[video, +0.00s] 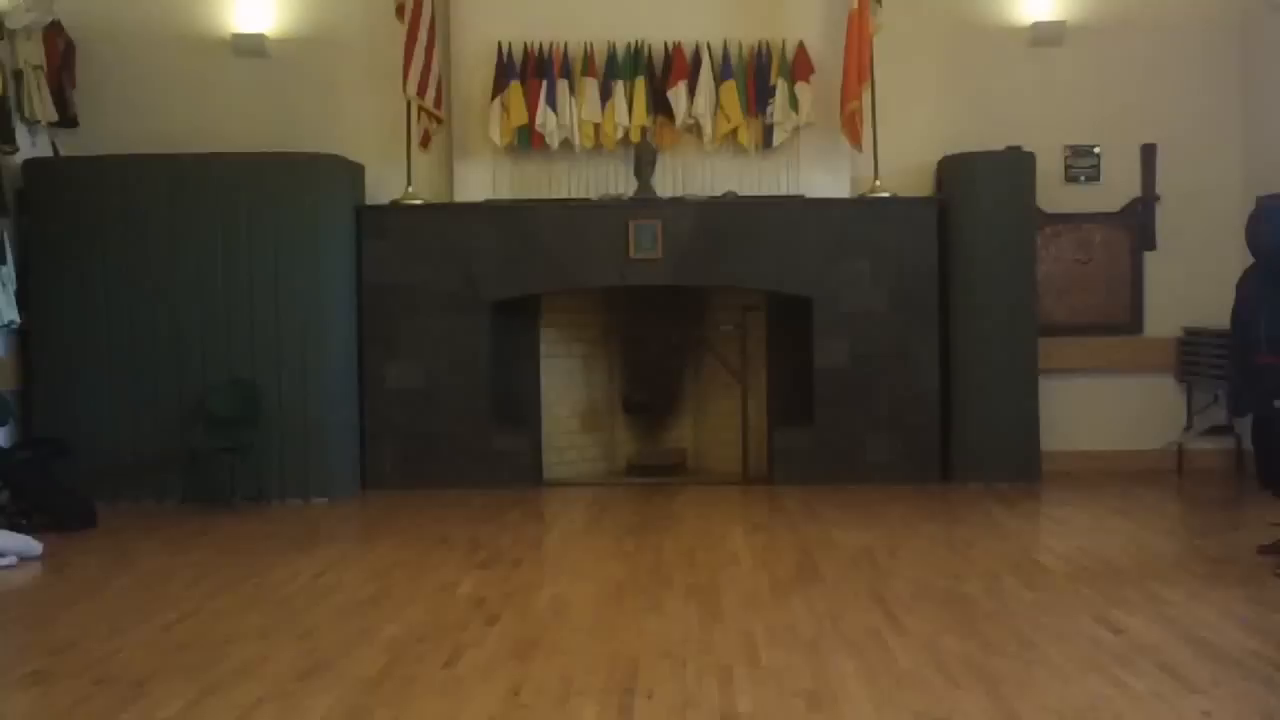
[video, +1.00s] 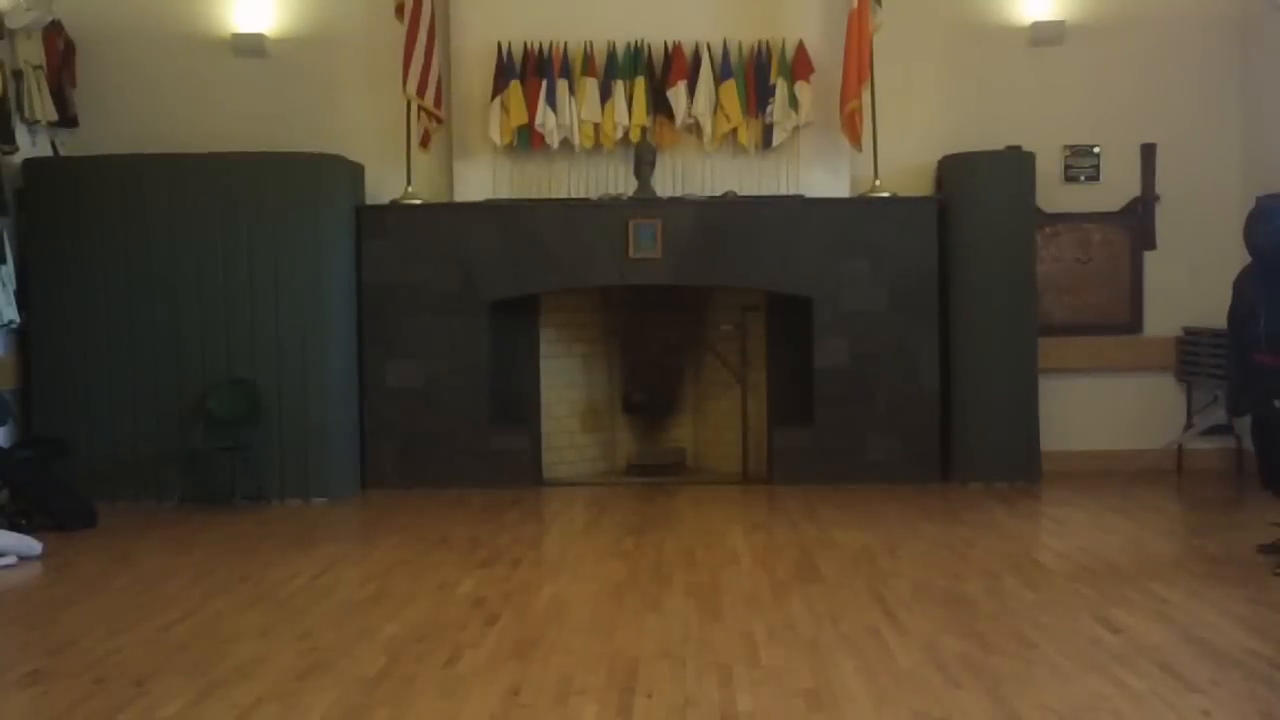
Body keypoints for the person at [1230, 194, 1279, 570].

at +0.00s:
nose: (1254, 237)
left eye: (1257, 230)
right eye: (1257, 230)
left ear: (1257, 235)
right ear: (1266, 236)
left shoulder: (1256, 280)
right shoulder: (1254, 279)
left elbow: (1244, 344)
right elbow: (1243, 343)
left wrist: (1241, 398)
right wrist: (1241, 397)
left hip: (1268, 399)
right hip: (1266, 399)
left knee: (1271, 476)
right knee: (1270, 475)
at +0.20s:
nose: (1257, 238)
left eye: (1258, 231)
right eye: (1260, 230)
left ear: (1255, 237)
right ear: (1265, 237)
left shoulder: (1254, 281)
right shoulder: (1253, 280)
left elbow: (1242, 347)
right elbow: (1242, 346)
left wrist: (1239, 401)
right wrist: (1240, 400)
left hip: (1268, 401)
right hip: (1266, 402)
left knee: (1271, 477)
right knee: (1270, 476)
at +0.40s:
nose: (1255, 238)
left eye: (1258, 230)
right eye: (1258, 230)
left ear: (1257, 235)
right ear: (1265, 236)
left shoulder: (1255, 280)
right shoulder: (1253, 279)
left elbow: (1242, 344)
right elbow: (1241, 343)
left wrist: (1240, 398)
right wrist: (1240, 398)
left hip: (1268, 398)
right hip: (1266, 398)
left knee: (1271, 475)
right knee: (1270, 475)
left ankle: (1279, 539)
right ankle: (1279, 538)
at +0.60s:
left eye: (1259, 232)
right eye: (1263, 232)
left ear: (1254, 237)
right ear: (1266, 238)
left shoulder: (1252, 280)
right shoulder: (1252, 279)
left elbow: (1241, 344)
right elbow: (1240, 343)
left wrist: (1238, 398)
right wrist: (1239, 397)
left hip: (1266, 393)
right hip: (1265, 394)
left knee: (1271, 475)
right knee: (1270, 475)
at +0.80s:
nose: (1257, 238)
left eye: (1258, 231)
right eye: (1261, 231)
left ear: (1255, 237)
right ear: (1264, 237)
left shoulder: (1253, 280)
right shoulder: (1251, 279)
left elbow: (1241, 344)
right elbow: (1240, 343)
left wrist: (1239, 398)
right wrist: (1239, 397)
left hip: (1267, 396)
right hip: (1265, 397)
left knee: (1271, 475)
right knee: (1270, 475)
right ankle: (1278, 537)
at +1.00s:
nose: (1258, 239)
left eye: (1258, 231)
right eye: (1261, 231)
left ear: (1254, 236)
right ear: (1265, 237)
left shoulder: (1252, 280)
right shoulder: (1251, 279)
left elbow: (1240, 343)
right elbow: (1240, 343)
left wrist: (1239, 398)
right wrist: (1239, 397)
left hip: (1267, 397)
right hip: (1266, 398)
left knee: (1272, 476)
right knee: (1271, 475)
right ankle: (1278, 538)